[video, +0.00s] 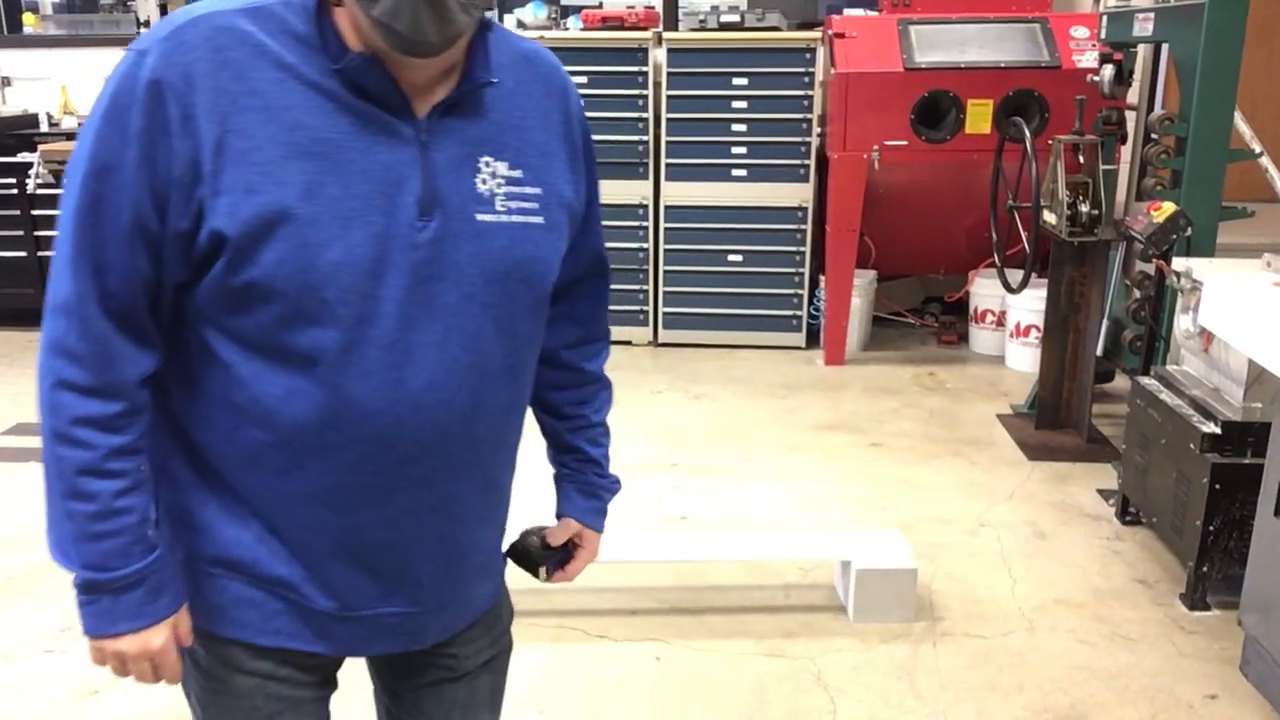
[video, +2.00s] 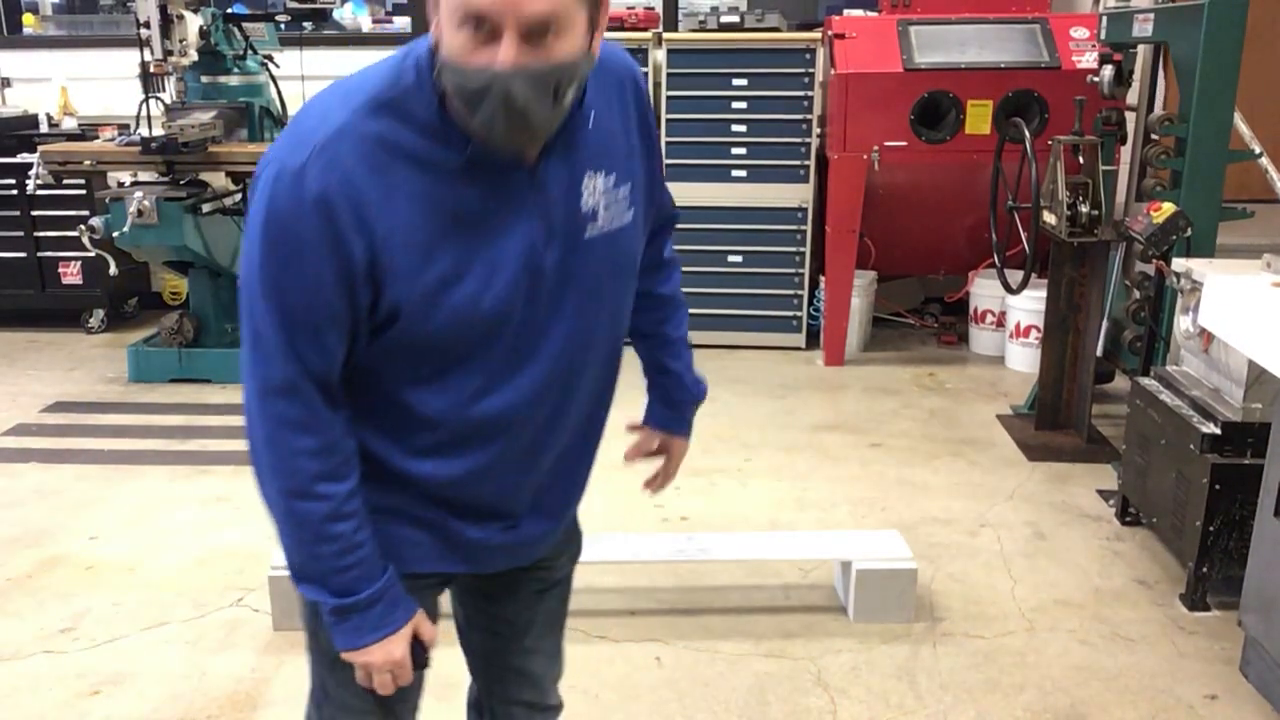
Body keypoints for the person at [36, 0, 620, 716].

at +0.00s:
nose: (437, 13)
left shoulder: (540, 95)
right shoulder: (184, 79)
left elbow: (572, 318)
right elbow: (92, 350)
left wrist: (584, 483)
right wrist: (122, 578)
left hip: (452, 566)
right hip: (252, 576)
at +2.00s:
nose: (506, 64)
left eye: (540, 33)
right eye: (479, 29)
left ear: (597, 24)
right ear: (433, 16)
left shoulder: (616, 96)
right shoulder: (322, 169)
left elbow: (648, 252)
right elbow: (289, 411)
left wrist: (673, 388)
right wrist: (360, 602)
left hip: (533, 503)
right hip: (381, 515)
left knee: (525, 705)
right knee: (365, 711)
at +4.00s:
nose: (704, 233)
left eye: (709, 211)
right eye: (708, 212)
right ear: (659, 234)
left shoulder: (569, 273)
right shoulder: (436, 353)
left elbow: (534, 440)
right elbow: (336, 588)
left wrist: (509, 576)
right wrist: (357, 706)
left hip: (407, 493)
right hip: (249, 531)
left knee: (502, 678)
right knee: (332, 706)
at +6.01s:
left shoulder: (554, 76)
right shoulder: (253, 108)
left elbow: (609, 272)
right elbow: (180, 385)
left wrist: (642, 438)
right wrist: (218, 618)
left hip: (494, 522)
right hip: (317, 538)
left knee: (526, 705)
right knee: (317, 709)